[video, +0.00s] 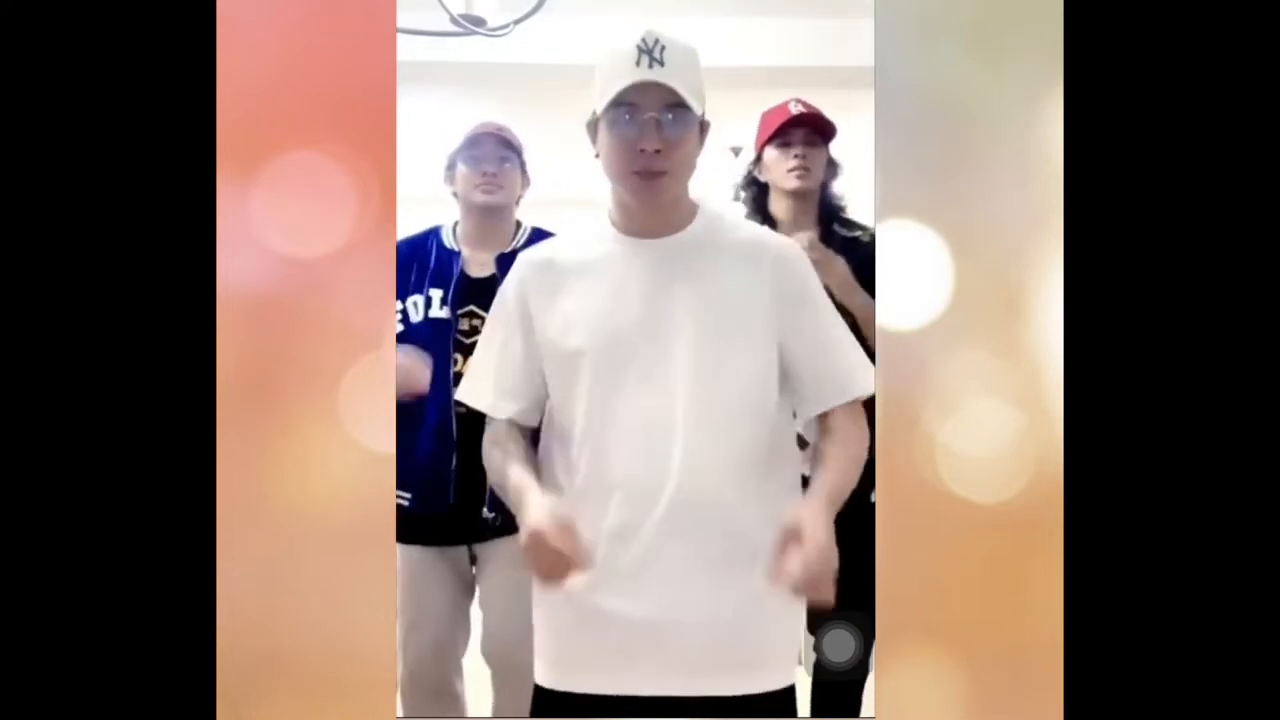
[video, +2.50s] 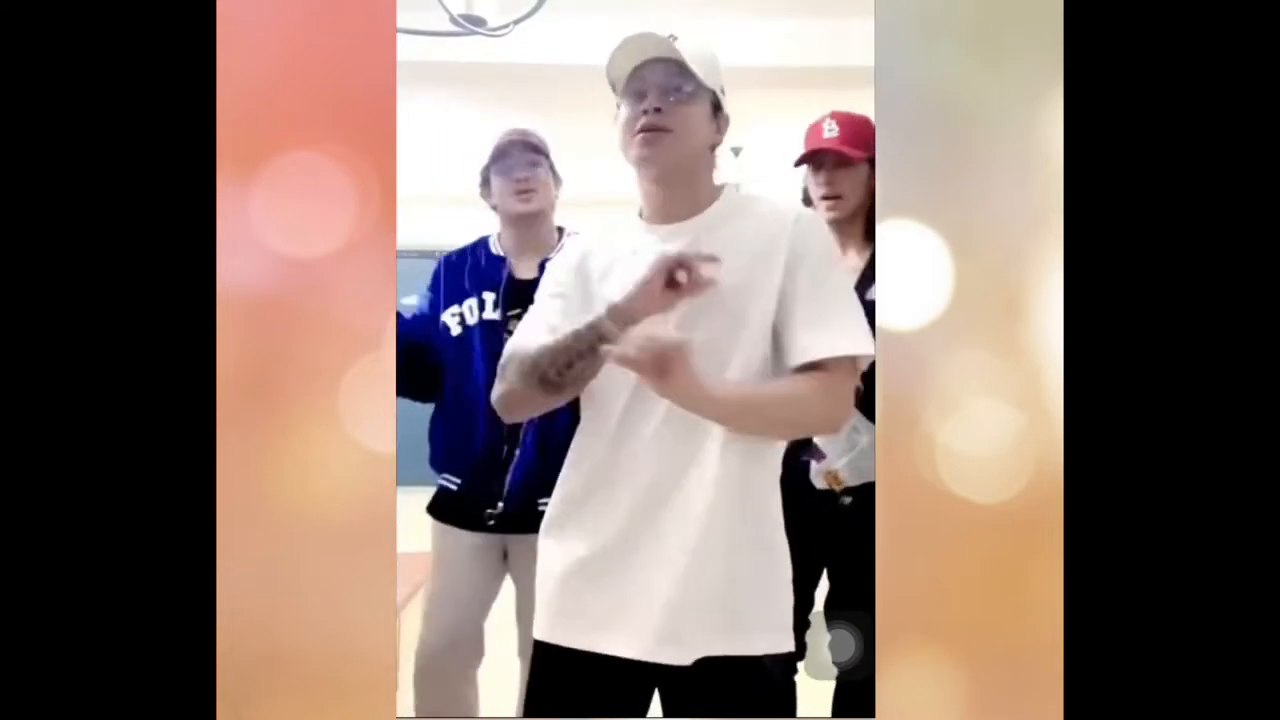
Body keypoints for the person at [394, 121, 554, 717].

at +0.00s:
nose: (490, 167)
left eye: (504, 158)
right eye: (475, 158)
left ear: (525, 181)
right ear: (451, 178)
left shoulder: (555, 261)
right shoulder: (402, 260)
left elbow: (580, 372)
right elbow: (348, 347)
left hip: (521, 504)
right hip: (424, 505)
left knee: (518, 661)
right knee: (425, 667)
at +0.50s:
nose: (477, 168)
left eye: (493, 153)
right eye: (460, 154)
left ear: (519, 168)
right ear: (437, 170)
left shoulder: (544, 241)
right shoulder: (401, 241)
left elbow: (574, 355)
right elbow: (364, 344)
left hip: (526, 483)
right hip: (435, 483)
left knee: (522, 655)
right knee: (438, 653)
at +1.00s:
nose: (462, 174)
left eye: (477, 161)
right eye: (448, 163)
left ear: (504, 178)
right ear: (429, 181)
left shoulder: (537, 265)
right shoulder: (398, 267)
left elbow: (570, 376)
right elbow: (370, 377)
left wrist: (568, 480)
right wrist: (380, 481)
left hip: (521, 502)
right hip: (428, 504)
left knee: (521, 675)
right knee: (428, 674)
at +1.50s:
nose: (513, 160)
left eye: (527, 149)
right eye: (496, 149)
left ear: (548, 171)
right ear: (471, 167)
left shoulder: (570, 257)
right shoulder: (422, 248)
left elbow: (590, 379)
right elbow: (376, 356)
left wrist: (582, 483)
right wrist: (383, 469)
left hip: (528, 503)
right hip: (428, 498)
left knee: (520, 676)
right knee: (427, 671)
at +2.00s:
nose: (478, 168)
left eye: (489, 156)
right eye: (462, 163)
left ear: (513, 170)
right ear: (444, 186)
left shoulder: (539, 252)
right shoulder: (424, 255)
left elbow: (537, 371)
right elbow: (383, 342)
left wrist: (435, 344)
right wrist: (424, 306)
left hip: (521, 490)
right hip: (434, 492)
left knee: (519, 660)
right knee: (429, 655)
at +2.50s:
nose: (522, 174)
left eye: (535, 164)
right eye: (506, 167)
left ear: (557, 186)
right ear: (487, 191)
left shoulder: (588, 269)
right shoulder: (455, 270)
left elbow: (617, 382)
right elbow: (427, 371)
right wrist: (367, 331)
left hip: (555, 505)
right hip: (467, 503)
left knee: (549, 668)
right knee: (441, 659)